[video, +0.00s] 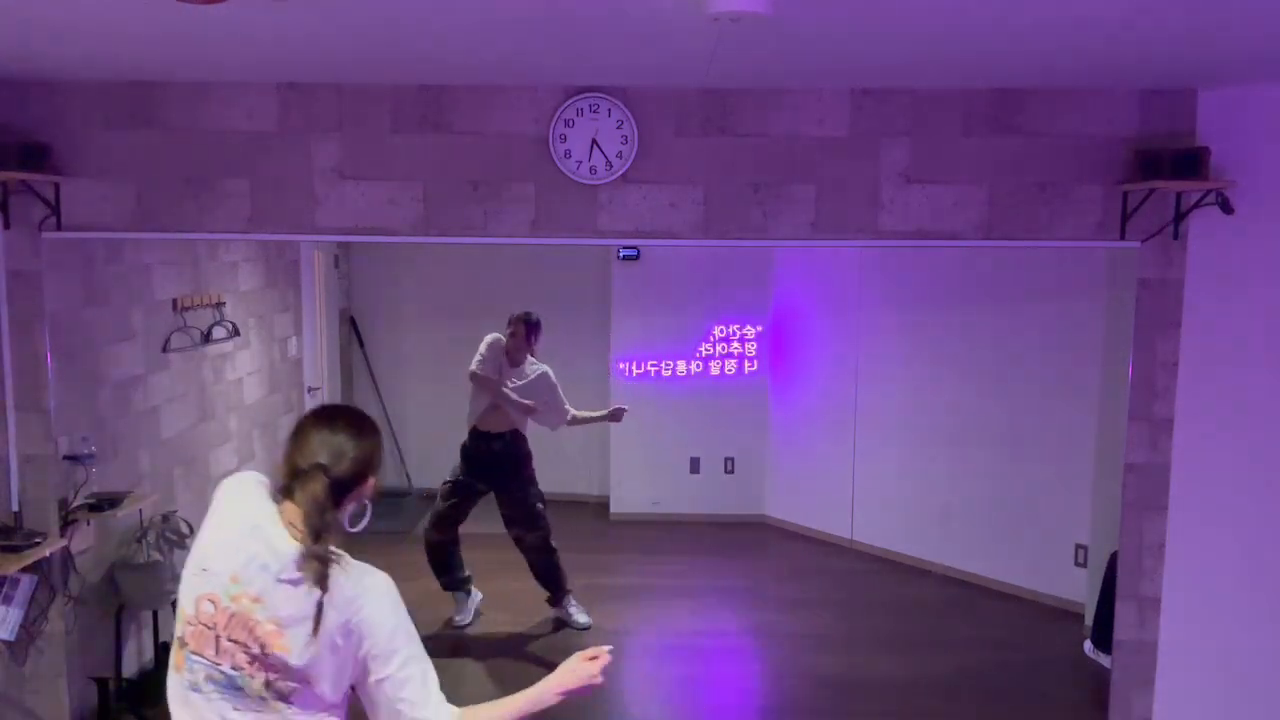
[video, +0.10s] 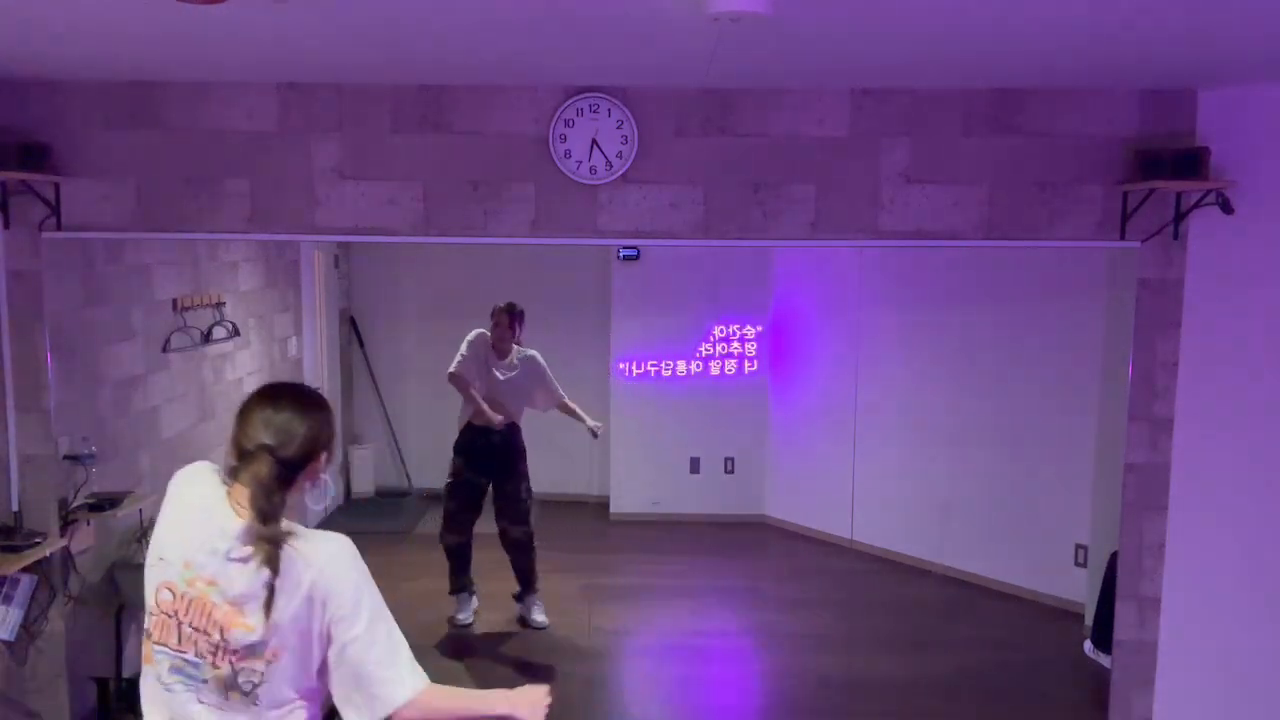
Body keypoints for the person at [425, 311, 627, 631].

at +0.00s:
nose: (508, 339)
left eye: (515, 335)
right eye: (508, 333)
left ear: (532, 340)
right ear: (505, 333)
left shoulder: (541, 375)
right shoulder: (494, 344)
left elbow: (565, 416)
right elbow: (478, 375)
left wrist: (604, 415)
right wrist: (514, 402)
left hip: (512, 452)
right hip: (476, 450)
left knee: (531, 530)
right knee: (439, 527)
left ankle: (563, 600)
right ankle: (464, 595)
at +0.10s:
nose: (496, 332)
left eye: (503, 327)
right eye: (494, 325)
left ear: (517, 331)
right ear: (490, 326)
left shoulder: (530, 360)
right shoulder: (478, 340)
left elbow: (558, 400)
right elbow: (456, 375)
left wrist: (587, 420)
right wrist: (485, 411)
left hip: (509, 444)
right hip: (472, 442)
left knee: (516, 523)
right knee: (455, 525)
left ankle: (530, 598)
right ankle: (464, 596)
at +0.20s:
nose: (488, 321)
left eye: (494, 316)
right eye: (484, 315)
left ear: (507, 319)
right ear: (479, 317)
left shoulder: (523, 349)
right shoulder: (467, 339)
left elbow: (546, 392)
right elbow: (442, 382)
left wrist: (564, 432)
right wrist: (459, 427)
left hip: (506, 438)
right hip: (469, 436)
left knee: (504, 520)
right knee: (465, 520)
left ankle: (504, 596)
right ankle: (468, 597)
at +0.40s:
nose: (481, 319)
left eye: (487, 313)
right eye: (476, 313)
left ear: (499, 316)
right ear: (469, 316)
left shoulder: (515, 355)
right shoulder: (452, 352)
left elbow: (522, 410)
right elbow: (446, 407)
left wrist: (526, 456)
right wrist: (439, 453)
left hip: (505, 442)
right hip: (467, 441)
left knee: (501, 520)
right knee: (468, 520)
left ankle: (495, 594)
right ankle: (467, 595)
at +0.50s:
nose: (480, 319)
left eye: (486, 314)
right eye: (474, 314)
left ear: (497, 317)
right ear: (467, 317)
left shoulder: (514, 355)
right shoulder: (451, 354)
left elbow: (521, 406)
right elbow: (442, 405)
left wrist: (515, 448)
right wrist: (442, 448)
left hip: (502, 439)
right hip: (466, 438)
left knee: (498, 519)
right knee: (465, 519)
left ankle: (494, 595)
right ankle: (467, 595)